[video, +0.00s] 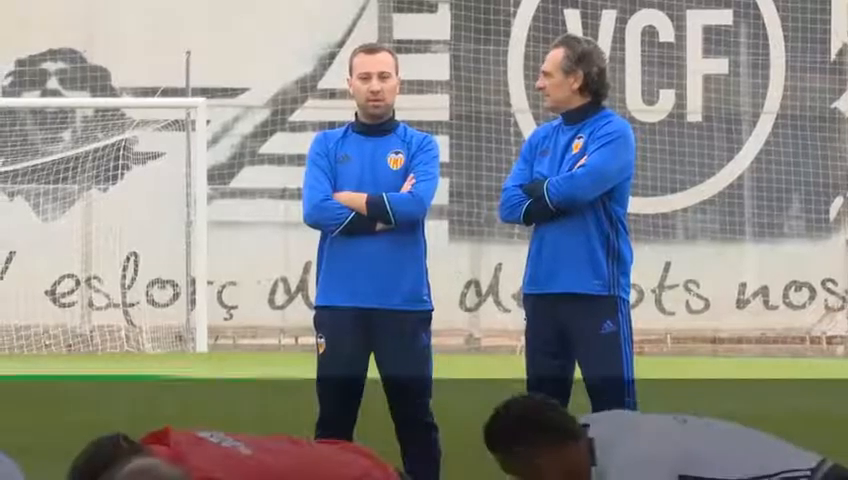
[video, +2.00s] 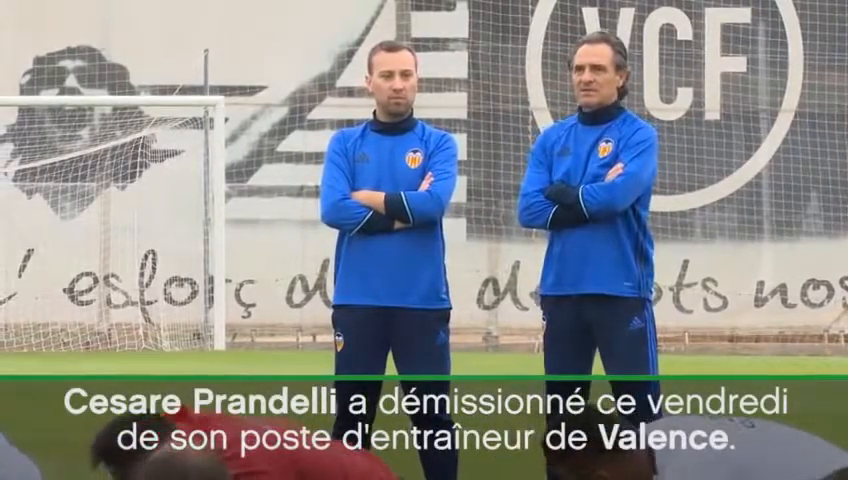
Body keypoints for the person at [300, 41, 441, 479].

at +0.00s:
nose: (375, 87)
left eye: (384, 77)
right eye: (365, 78)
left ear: (398, 84)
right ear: (350, 85)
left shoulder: (420, 144)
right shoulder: (327, 143)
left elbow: (415, 207)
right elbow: (315, 211)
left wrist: (343, 197)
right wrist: (388, 213)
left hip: (404, 303)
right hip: (340, 303)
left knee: (415, 421)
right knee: (334, 422)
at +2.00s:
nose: (397, 84)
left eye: (406, 75)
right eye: (387, 76)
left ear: (418, 82)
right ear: (369, 84)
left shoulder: (439, 142)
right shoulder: (345, 142)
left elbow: (433, 205)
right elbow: (333, 210)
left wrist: (362, 196)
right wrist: (406, 212)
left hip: (423, 302)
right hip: (358, 302)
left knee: (432, 417)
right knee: (351, 419)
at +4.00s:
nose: (393, 85)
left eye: (402, 76)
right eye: (383, 77)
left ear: (417, 82)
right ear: (368, 83)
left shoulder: (439, 142)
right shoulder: (345, 141)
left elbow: (432, 205)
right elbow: (332, 210)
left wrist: (362, 196)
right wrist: (404, 213)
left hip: (423, 302)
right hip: (357, 302)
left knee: (433, 417)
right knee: (352, 417)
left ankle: (442, 479)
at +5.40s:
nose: (391, 86)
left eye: (400, 76)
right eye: (381, 77)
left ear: (416, 82)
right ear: (368, 84)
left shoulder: (438, 144)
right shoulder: (349, 143)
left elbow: (432, 206)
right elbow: (339, 203)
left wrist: (367, 199)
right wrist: (411, 195)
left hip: (422, 300)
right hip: (359, 300)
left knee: (434, 417)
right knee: (350, 420)